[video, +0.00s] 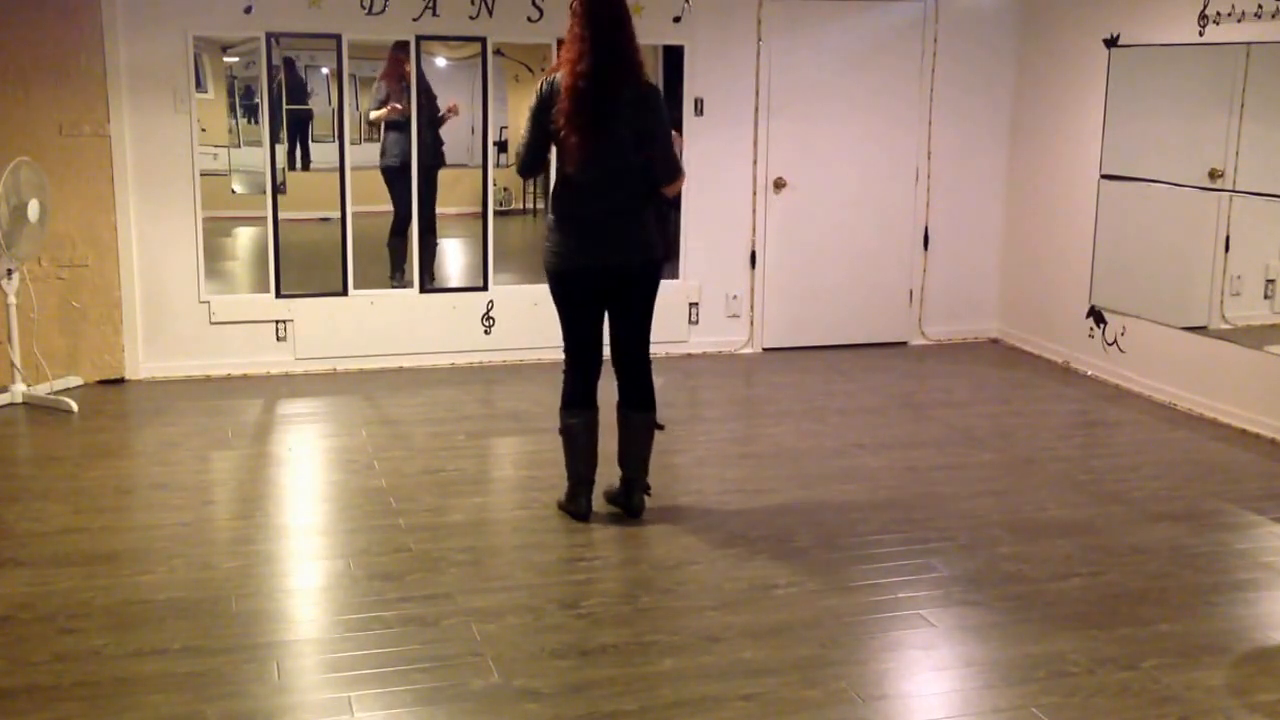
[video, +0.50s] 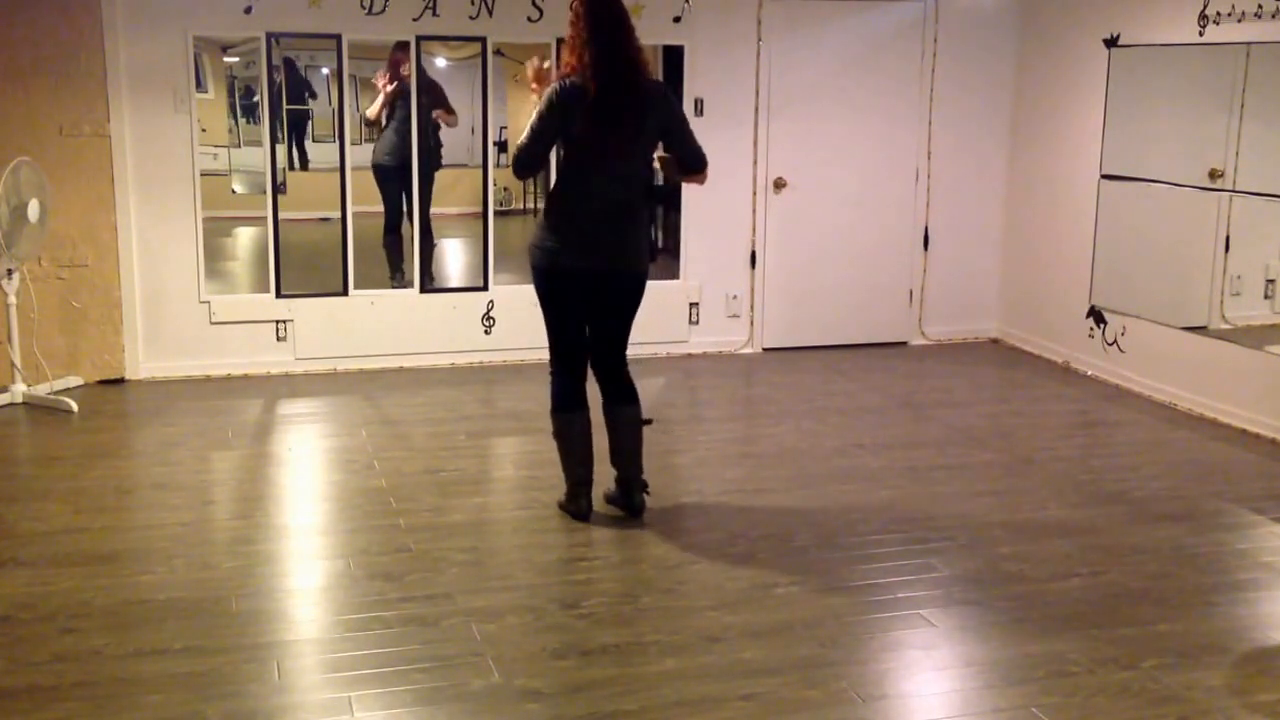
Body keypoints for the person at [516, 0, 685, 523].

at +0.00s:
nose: (570, 32)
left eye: (574, 24)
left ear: (574, 33)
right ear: (625, 34)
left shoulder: (554, 90)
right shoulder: (644, 94)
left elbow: (528, 165)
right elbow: (669, 179)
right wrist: (667, 164)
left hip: (571, 253)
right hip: (634, 254)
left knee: (580, 362)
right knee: (633, 362)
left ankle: (579, 492)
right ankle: (633, 487)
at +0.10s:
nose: (571, 33)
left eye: (574, 26)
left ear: (575, 34)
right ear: (627, 34)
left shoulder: (556, 89)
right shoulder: (647, 94)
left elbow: (527, 162)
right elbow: (670, 180)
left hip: (567, 253)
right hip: (631, 255)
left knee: (577, 362)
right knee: (631, 362)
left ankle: (579, 492)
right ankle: (633, 487)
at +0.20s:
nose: (568, 36)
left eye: (572, 27)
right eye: (574, 26)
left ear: (578, 34)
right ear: (627, 34)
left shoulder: (559, 89)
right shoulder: (652, 95)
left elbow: (529, 163)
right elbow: (675, 178)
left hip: (563, 253)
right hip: (627, 255)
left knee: (571, 363)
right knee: (626, 360)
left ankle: (578, 492)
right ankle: (633, 486)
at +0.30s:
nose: (568, 37)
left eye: (572, 28)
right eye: (573, 27)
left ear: (578, 35)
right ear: (627, 34)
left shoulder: (561, 90)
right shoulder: (655, 95)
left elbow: (529, 165)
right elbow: (682, 176)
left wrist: (534, 124)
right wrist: (646, 185)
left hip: (562, 253)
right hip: (626, 256)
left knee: (569, 365)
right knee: (621, 359)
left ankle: (578, 492)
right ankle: (632, 485)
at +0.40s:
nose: (567, 40)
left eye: (572, 31)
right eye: (573, 30)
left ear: (579, 36)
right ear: (627, 35)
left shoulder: (565, 92)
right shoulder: (655, 95)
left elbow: (525, 165)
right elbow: (687, 172)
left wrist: (532, 113)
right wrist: (649, 169)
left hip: (561, 253)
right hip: (626, 256)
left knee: (568, 365)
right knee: (617, 358)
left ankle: (578, 492)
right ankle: (632, 484)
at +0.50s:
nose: (566, 41)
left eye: (570, 32)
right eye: (571, 32)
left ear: (577, 39)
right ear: (626, 35)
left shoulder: (567, 94)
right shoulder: (653, 94)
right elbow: (695, 166)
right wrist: (656, 163)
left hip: (562, 254)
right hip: (626, 259)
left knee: (566, 365)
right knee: (612, 359)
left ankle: (578, 493)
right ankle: (631, 485)